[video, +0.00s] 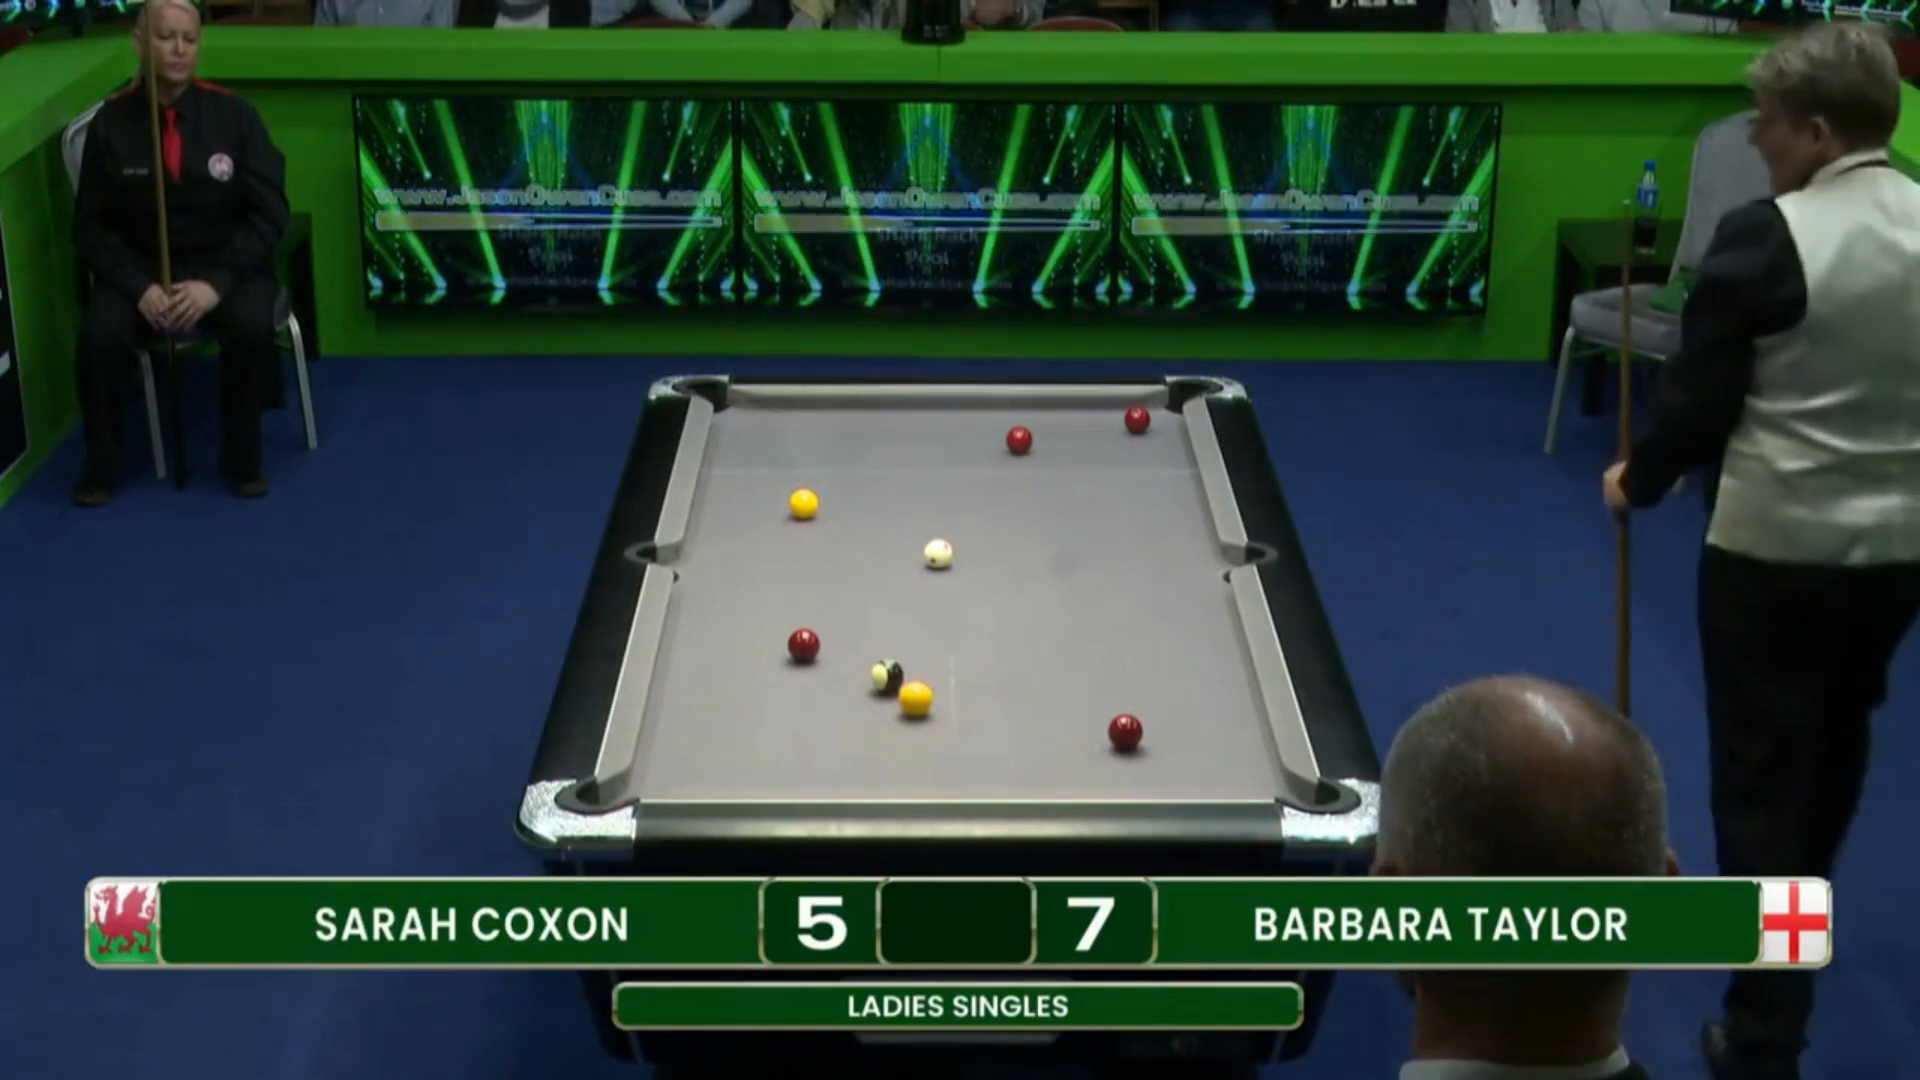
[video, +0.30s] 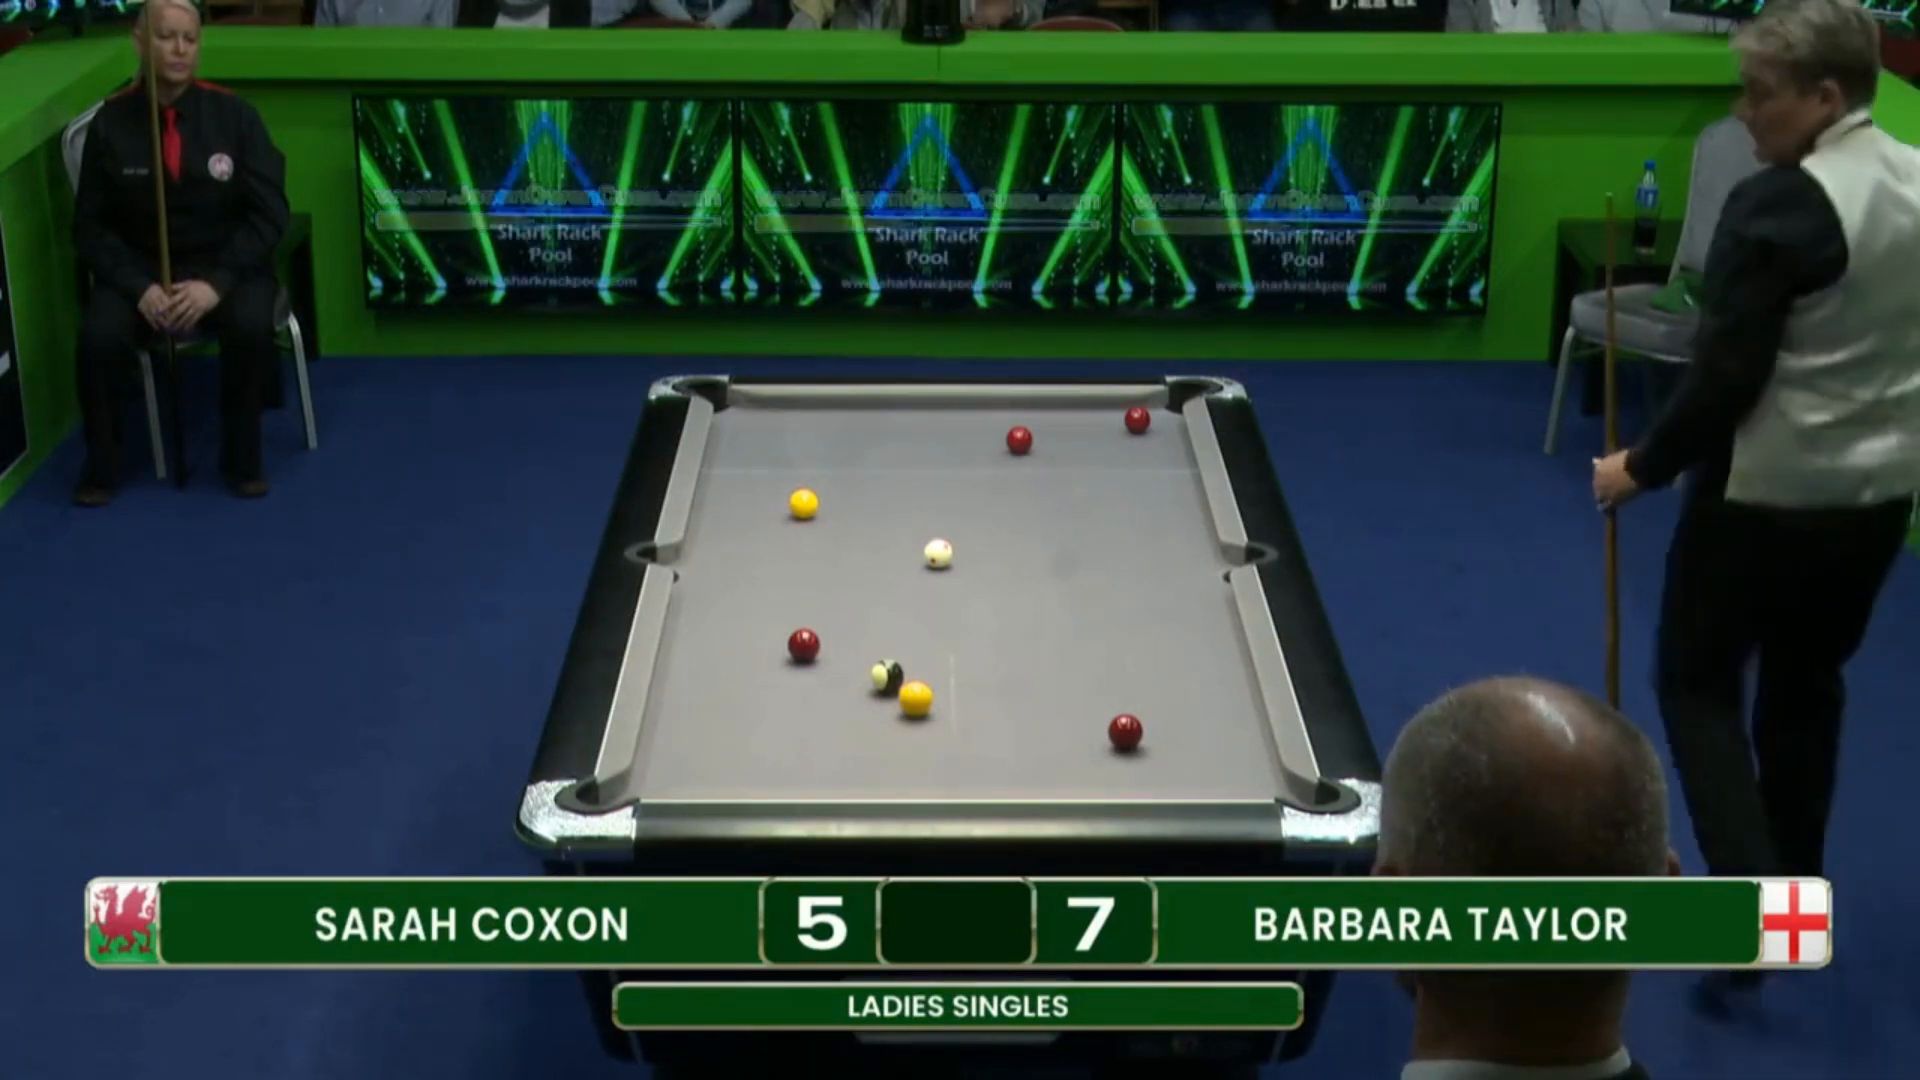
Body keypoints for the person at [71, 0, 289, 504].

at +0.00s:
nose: (180, 49)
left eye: (189, 38)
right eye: (166, 37)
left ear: (199, 45)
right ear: (140, 42)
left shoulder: (235, 116)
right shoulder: (111, 122)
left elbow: (269, 215)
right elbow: (90, 227)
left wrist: (214, 284)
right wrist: (140, 286)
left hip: (221, 267)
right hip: (138, 273)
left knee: (248, 327)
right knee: (100, 334)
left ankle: (243, 462)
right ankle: (101, 467)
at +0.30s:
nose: (180, 49)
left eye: (190, 38)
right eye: (166, 37)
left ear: (199, 45)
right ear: (140, 42)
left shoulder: (235, 116)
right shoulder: (111, 121)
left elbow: (268, 215)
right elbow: (90, 227)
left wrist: (214, 284)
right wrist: (141, 286)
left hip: (221, 267)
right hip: (138, 273)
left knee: (249, 327)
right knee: (100, 334)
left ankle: (243, 462)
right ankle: (101, 468)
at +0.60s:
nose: (181, 49)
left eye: (190, 38)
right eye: (167, 37)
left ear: (199, 44)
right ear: (140, 41)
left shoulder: (234, 116)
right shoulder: (111, 122)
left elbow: (268, 215)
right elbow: (90, 227)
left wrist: (214, 283)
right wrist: (141, 286)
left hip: (221, 267)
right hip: (138, 273)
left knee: (248, 326)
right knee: (100, 334)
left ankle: (243, 462)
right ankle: (101, 468)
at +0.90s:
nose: (181, 49)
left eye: (190, 38)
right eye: (167, 37)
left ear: (200, 44)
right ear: (140, 41)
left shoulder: (234, 116)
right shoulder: (111, 122)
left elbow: (268, 215)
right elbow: (90, 227)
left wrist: (214, 283)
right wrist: (141, 286)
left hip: (221, 267)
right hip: (139, 273)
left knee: (248, 326)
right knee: (100, 334)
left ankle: (243, 462)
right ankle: (101, 468)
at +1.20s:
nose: (181, 49)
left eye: (190, 38)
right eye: (167, 37)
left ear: (199, 44)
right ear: (141, 42)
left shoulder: (234, 116)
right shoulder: (111, 122)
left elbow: (268, 215)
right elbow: (90, 227)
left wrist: (214, 283)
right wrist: (141, 286)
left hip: (221, 267)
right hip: (138, 273)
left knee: (248, 326)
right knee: (100, 334)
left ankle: (243, 462)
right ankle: (101, 468)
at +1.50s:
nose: (181, 49)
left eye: (190, 38)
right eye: (167, 37)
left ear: (199, 45)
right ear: (141, 42)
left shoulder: (234, 116)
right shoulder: (111, 122)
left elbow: (269, 215)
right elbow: (90, 227)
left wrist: (214, 283)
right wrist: (141, 286)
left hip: (221, 267)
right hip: (139, 273)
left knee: (248, 326)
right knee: (100, 334)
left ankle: (243, 462)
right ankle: (101, 468)